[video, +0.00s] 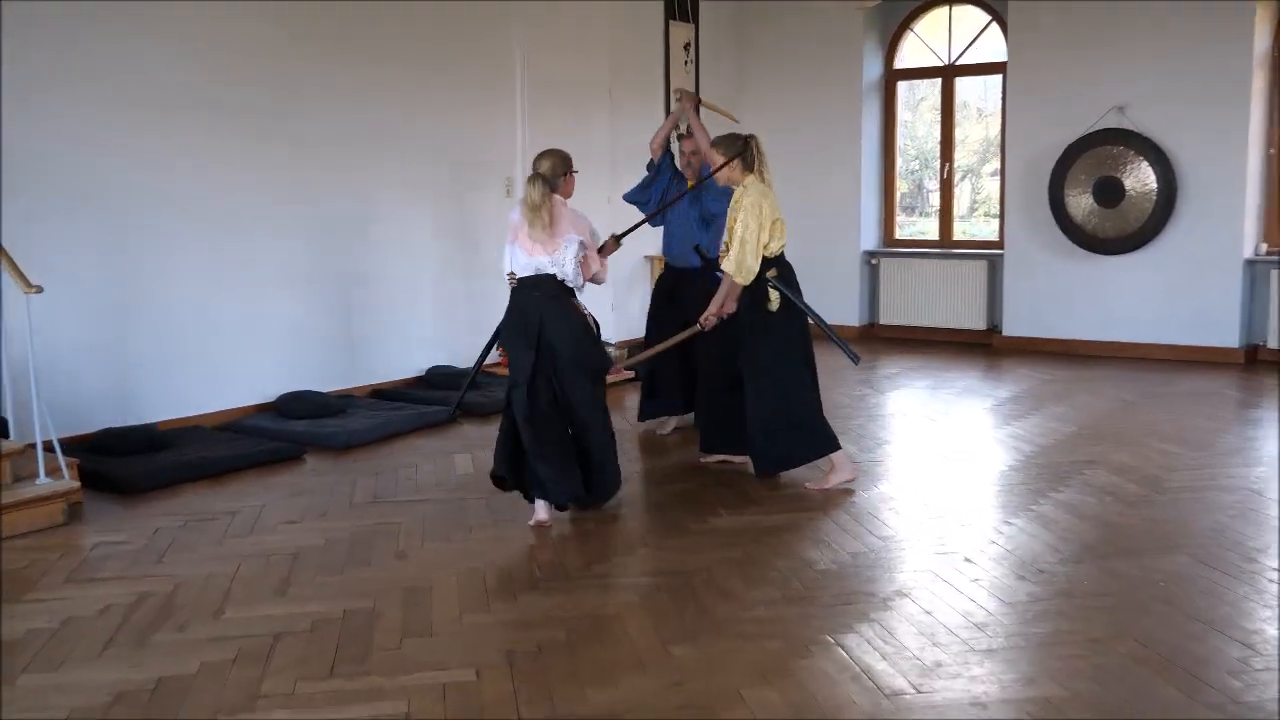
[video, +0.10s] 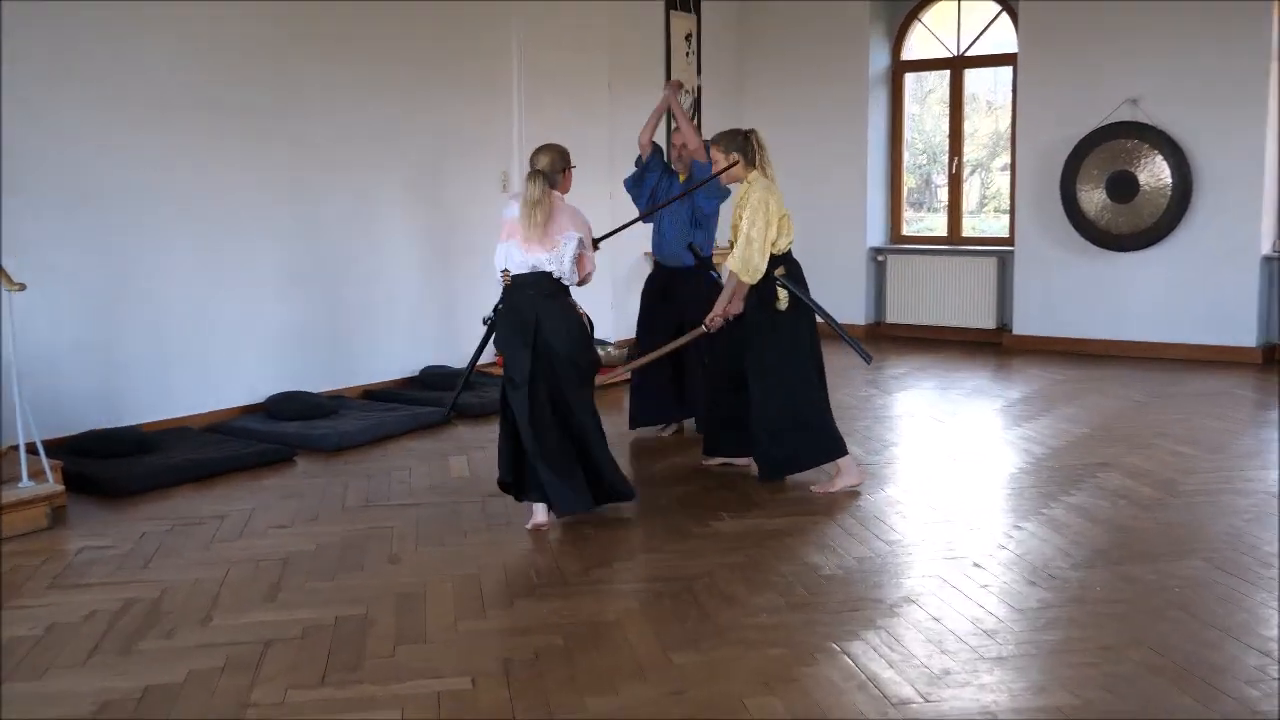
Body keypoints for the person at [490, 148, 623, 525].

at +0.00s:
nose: (575, 180)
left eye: (573, 174)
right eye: (573, 175)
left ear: (538, 178)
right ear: (565, 179)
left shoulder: (518, 217)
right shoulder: (577, 220)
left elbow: (512, 273)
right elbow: (595, 274)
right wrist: (602, 254)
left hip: (521, 309)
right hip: (562, 310)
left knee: (531, 400)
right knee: (570, 395)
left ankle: (540, 498)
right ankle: (576, 483)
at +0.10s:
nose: (573, 176)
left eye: (571, 169)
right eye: (572, 170)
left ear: (534, 172)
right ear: (564, 175)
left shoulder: (511, 213)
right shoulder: (573, 218)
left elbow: (504, 269)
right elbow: (582, 275)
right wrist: (588, 251)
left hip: (515, 311)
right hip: (556, 311)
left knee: (524, 402)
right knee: (560, 398)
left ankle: (538, 500)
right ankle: (561, 491)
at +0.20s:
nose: (570, 174)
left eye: (569, 168)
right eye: (569, 169)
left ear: (530, 171)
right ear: (561, 174)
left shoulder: (506, 210)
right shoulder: (571, 216)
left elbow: (499, 262)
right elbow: (580, 266)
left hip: (510, 306)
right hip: (552, 307)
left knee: (517, 402)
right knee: (556, 396)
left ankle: (536, 501)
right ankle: (564, 487)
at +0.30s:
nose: (565, 172)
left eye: (562, 166)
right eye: (563, 167)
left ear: (523, 169)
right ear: (556, 171)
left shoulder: (499, 207)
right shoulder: (568, 210)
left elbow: (496, 240)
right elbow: (575, 248)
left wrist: (510, 190)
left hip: (507, 303)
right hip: (550, 302)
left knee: (516, 400)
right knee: (556, 393)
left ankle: (530, 499)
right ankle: (558, 484)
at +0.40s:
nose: (552, 163)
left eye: (547, 158)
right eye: (549, 158)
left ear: (510, 164)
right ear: (543, 164)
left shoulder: (496, 198)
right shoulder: (563, 197)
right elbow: (568, 216)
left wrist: (498, 155)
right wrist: (538, 173)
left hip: (508, 295)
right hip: (550, 295)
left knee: (511, 390)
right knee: (554, 385)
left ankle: (514, 481)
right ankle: (557, 482)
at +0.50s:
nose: (529, 156)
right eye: (527, 152)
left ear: (493, 161)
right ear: (527, 156)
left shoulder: (485, 195)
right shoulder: (548, 188)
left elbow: (489, 163)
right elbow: (553, 178)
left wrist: (508, 130)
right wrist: (540, 146)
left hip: (506, 289)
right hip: (544, 287)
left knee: (511, 378)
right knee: (555, 380)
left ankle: (497, 463)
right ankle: (556, 480)